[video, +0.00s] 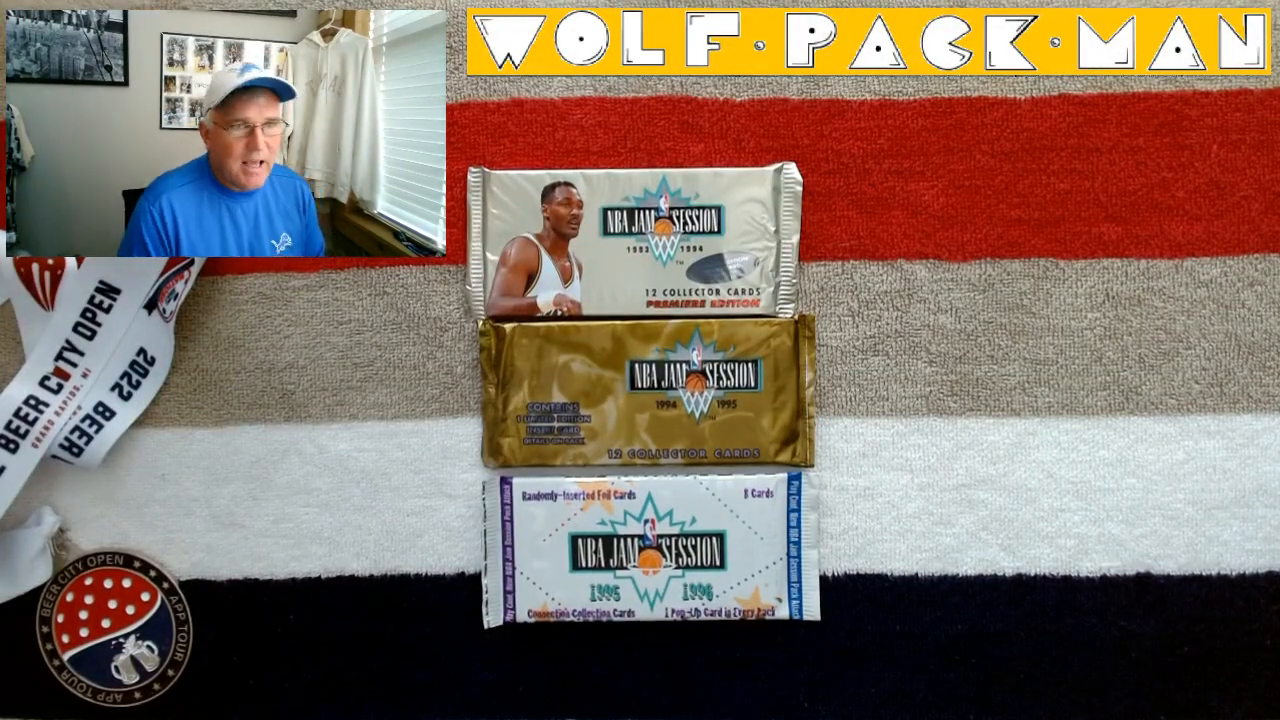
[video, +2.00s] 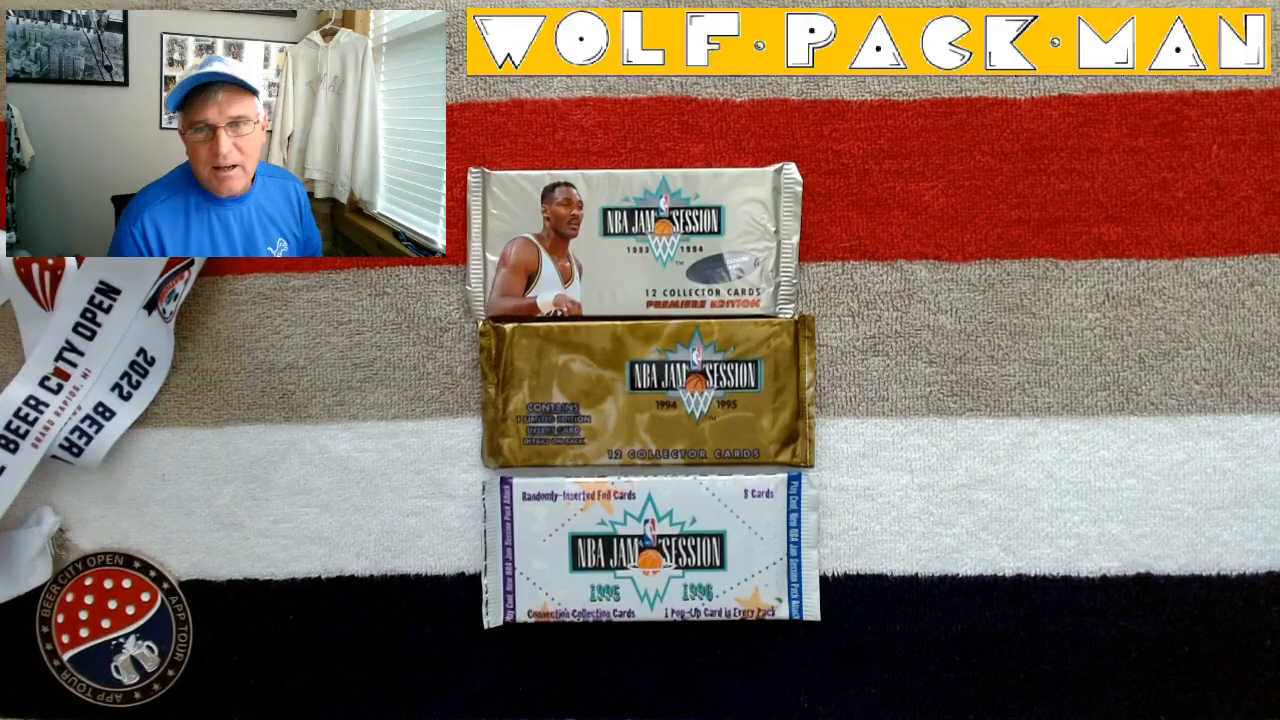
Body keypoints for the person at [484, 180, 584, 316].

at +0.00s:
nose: (576, 213)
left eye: (580, 206)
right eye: (566, 205)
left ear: (583, 211)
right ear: (546, 211)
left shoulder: (575, 265)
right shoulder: (520, 250)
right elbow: (495, 307)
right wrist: (550, 301)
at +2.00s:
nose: (576, 213)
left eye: (580, 207)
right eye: (566, 205)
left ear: (583, 212)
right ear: (545, 211)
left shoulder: (575, 266)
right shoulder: (521, 250)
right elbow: (495, 307)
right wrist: (550, 301)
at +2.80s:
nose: (576, 213)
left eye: (580, 207)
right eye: (566, 205)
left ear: (583, 212)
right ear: (546, 212)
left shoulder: (575, 266)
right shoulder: (521, 250)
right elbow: (495, 308)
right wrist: (551, 301)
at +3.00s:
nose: (576, 213)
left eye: (580, 206)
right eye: (566, 204)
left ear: (583, 211)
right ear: (546, 211)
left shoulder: (575, 266)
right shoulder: (521, 249)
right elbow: (495, 307)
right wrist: (551, 300)